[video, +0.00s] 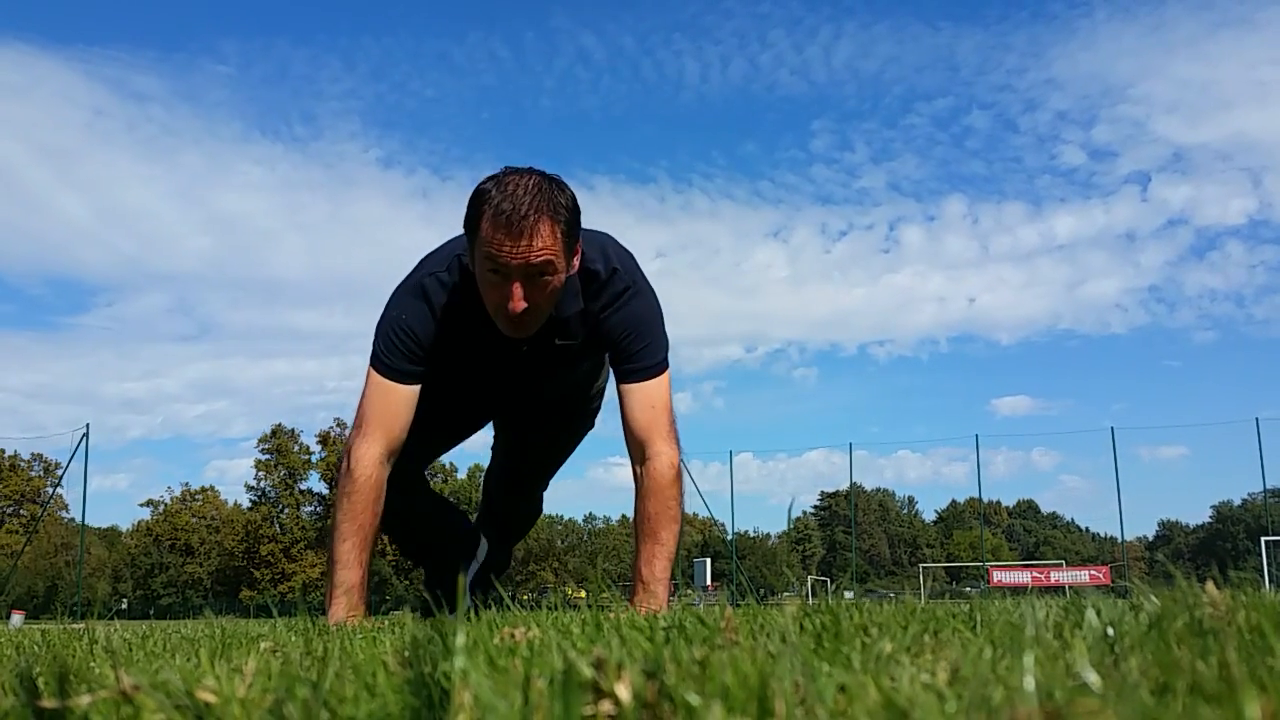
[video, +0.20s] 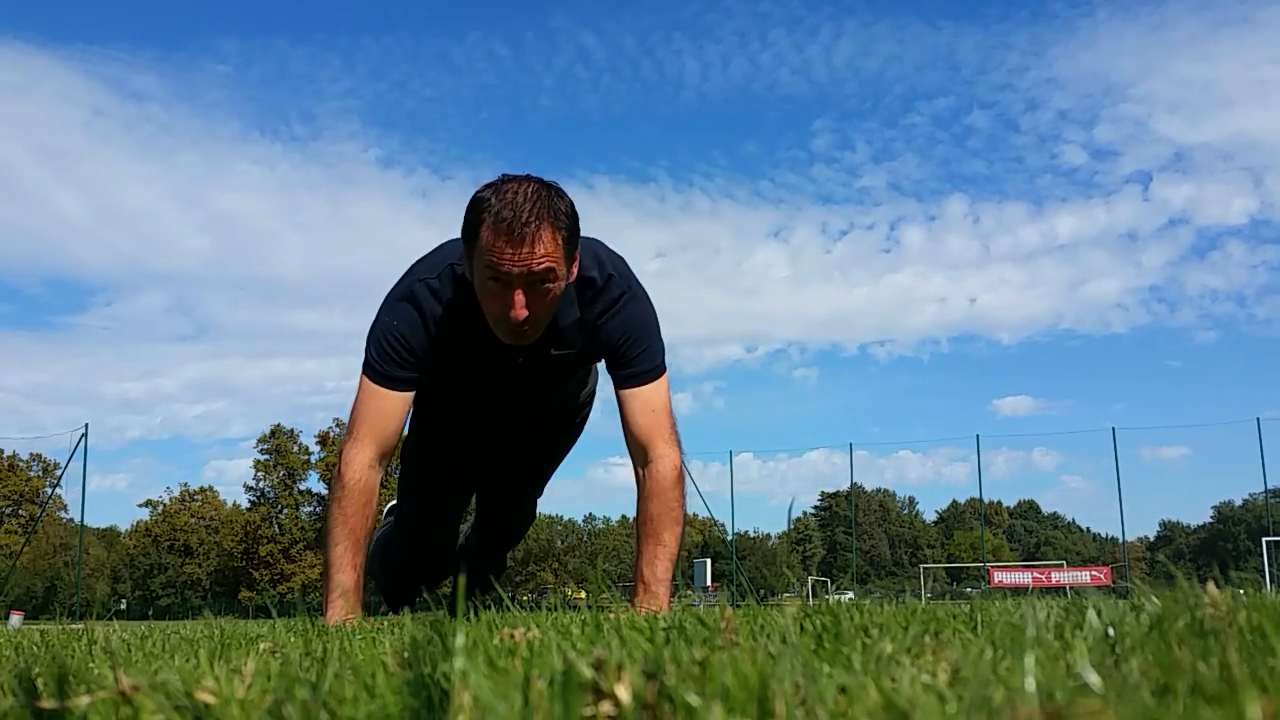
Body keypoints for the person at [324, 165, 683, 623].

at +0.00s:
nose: (516, 300)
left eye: (538, 275)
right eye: (496, 274)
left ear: (572, 260)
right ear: (471, 254)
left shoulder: (618, 289)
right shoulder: (423, 300)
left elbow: (656, 453)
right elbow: (368, 453)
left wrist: (649, 610)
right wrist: (344, 616)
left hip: (559, 382)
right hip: (465, 375)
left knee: (514, 494)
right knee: (381, 474)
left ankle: (476, 586)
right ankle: (457, 560)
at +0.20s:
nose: (518, 307)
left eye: (539, 283)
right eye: (498, 282)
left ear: (571, 266)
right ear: (469, 261)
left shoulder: (611, 295)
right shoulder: (419, 302)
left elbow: (658, 456)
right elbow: (362, 456)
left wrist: (650, 611)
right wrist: (342, 618)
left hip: (548, 407)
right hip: (451, 401)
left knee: (507, 518)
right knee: (425, 523)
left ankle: (472, 603)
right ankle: (388, 597)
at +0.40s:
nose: (505, 321)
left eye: (527, 296)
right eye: (485, 294)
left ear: (556, 283)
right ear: (456, 276)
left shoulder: (593, 312)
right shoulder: (409, 307)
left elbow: (647, 461)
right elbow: (355, 459)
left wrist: (649, 616)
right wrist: (338, 622)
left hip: (526, 422)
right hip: (432, 417)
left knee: (491, 531)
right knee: (415, 530)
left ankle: (469, 606)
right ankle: (395, 606)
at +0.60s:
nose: (512, 326)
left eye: (533, 304)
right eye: (494, 302)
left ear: (559, 287)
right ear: (462, 280)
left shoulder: (590, 312)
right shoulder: (417, 308)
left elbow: (630, 452)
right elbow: (355, 461)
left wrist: (635, 589)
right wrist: (337, 619)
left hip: (505, 416)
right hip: (422, 410)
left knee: (477, 530)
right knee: (408, 521)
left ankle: (470, 633)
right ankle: (400, 618)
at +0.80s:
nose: (515, 341)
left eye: (537, 318)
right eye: (496, 317)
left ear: (562, 302)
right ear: (465, 296)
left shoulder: (595, 325)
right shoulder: (417, 320)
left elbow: (624, 467)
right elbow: (354, 466)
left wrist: (629, 611)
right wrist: (337, 623)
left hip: (523, 405)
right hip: (435, 402)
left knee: (488, 520)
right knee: (428, 512)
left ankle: (472, 620)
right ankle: (426, 624)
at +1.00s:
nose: (511, 339)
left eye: (531, 317)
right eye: (493, 316)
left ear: (557, 300)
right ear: (464, 296)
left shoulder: (594, 326)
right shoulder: (423, 327)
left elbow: (627, 468)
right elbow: (361, 467)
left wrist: (630, 613)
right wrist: (340, 624)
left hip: (542, 410)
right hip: (454, 404)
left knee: (494, 524)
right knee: (441, 511)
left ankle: (476, 626)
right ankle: (427, 623)